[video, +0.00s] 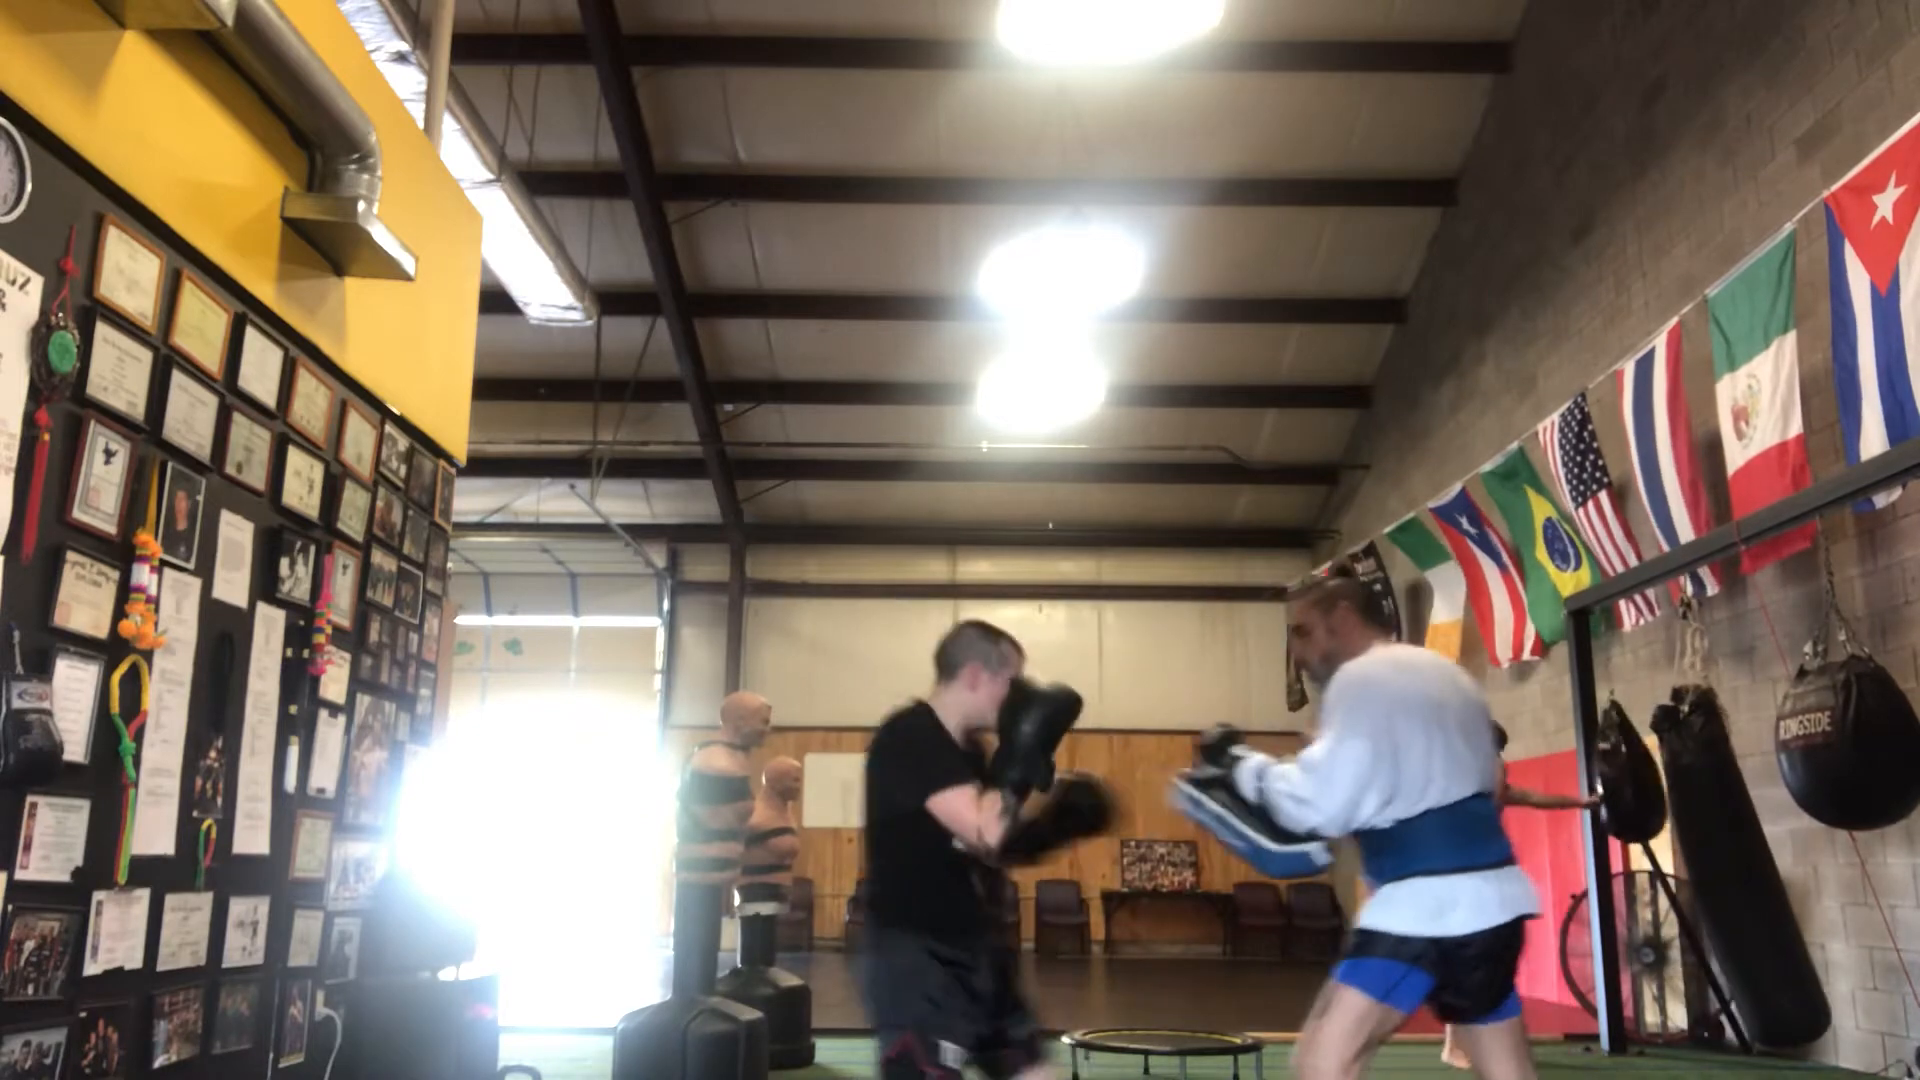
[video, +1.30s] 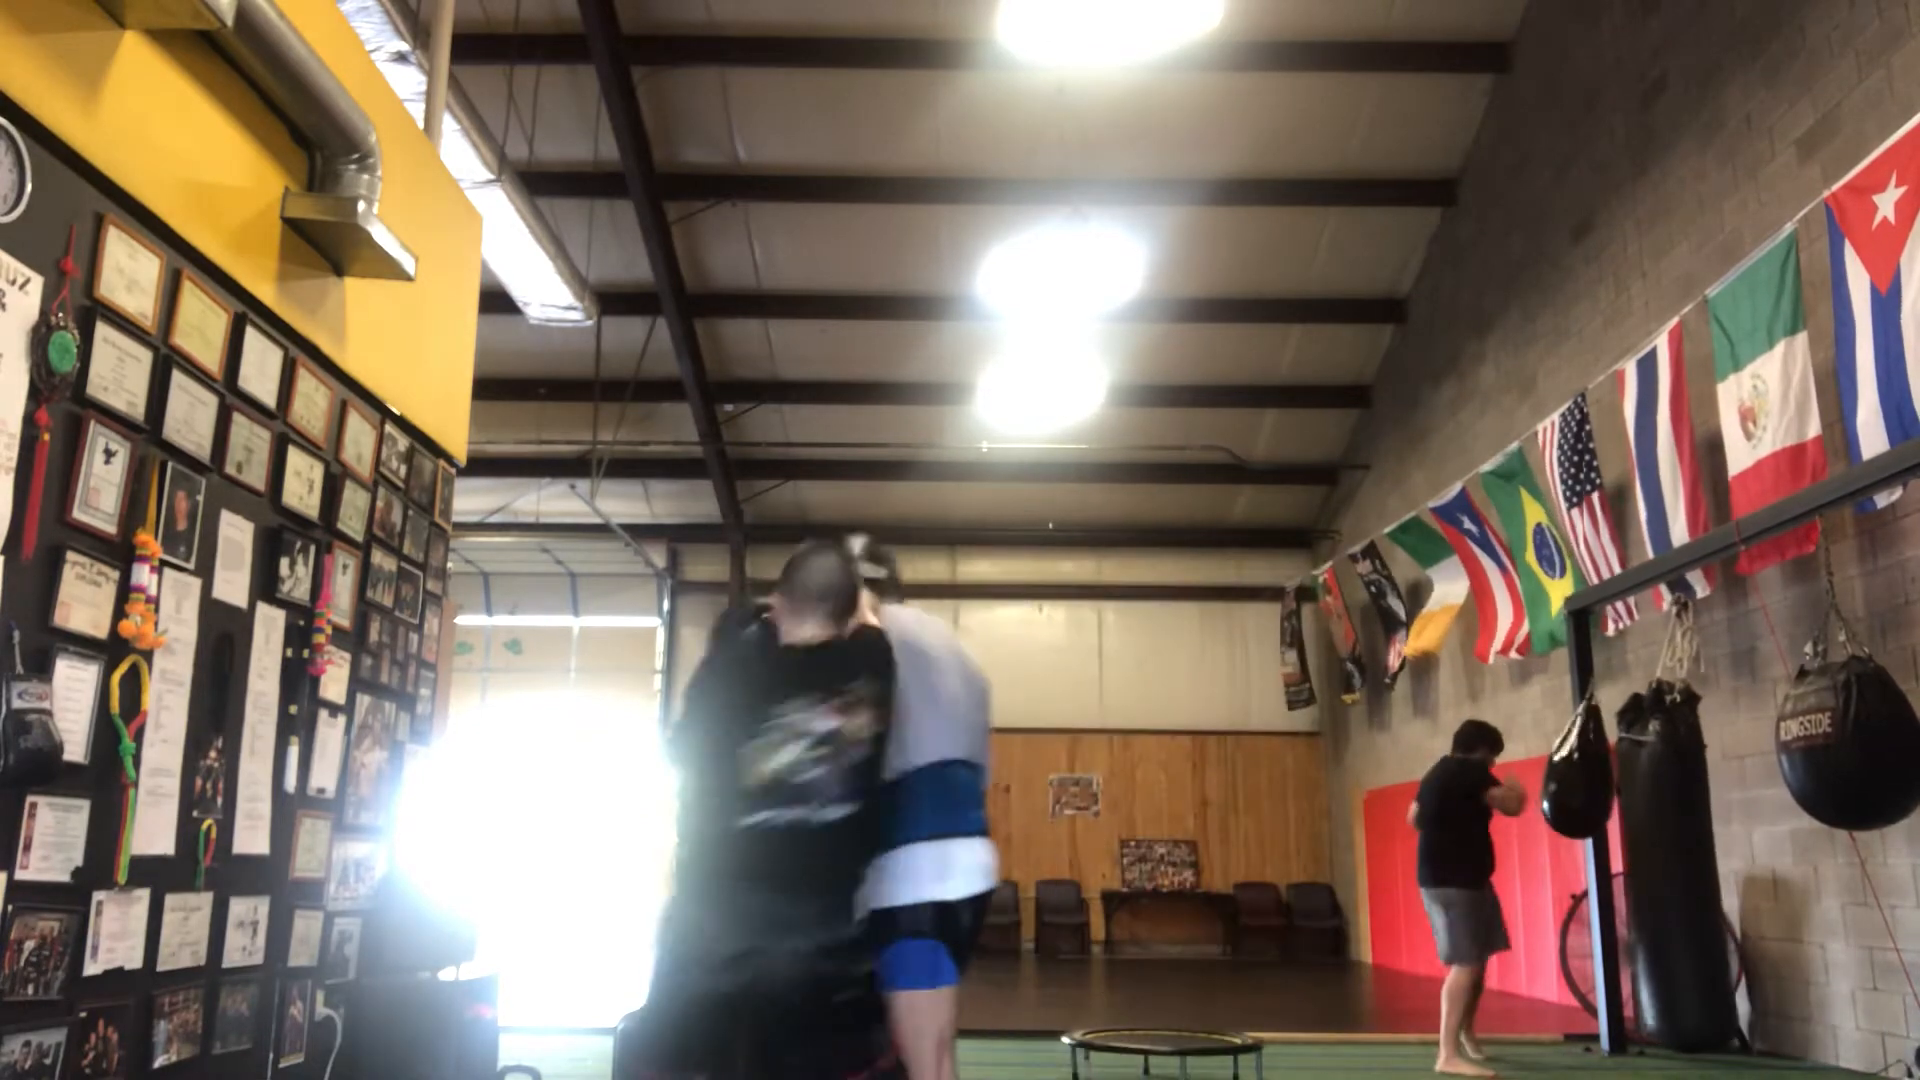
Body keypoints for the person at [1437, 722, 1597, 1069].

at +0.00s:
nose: (1501, 761)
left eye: (1501, 751)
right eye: (1495, 751)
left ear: (1498, 753)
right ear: (1476, 755)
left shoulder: (1492, 788)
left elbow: (1535, 799)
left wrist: (1582, 801)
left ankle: (1459, 1044)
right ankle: (1454, 1044)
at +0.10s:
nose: (1497, 757)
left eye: (1498, 750)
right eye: (1495, 749)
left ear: (1472, 744)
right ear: (1481, 746)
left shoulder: (1479, 779)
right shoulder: (1460, 775)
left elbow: (1527, 800)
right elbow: (1485, 819)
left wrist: (1574, 802)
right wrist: (1503, 785)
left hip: (1484, 871)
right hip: (1470, 873)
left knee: (1494, 937)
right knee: (1488, 939)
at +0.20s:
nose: (1497, 758)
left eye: (1498, 751)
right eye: (1495, 749)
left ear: (1470, 744)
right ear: (1479, 745)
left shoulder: (1466, 774)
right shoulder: (1457, 772)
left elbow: (1501, 814)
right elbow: (1481, 820)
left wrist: (1539, 802)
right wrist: (1507, 795)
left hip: (1477, 878)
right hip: (1466, 880)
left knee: (1478, 954)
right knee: (1479, 953)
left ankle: (1475, 1039)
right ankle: (1460, 1043)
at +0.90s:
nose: (1493, 764)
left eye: (1494, 757)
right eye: (1492, 757)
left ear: (1458, 749)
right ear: (1479, 753)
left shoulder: (1433, 776)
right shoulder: (1473, 777)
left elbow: (1455, 809)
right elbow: (1493, 815)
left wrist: (1491, 789)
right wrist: (1518, 833)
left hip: (1439, 882)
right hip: (1470, 879)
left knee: (1465, 959)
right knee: (1495, 953)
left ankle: (1456, 1038)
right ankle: (1462, 1040)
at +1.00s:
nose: (1492, 764)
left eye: (1493, 759)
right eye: (1492, 759)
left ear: (1455, 751)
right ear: (1483, 755)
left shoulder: (1427, 777)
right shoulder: (1489, 776)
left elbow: (1431, 825)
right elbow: (1519, 813)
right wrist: (1556, 831)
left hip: (1433, 879)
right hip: (1470, 877)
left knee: (1459, 957)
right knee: (1477, 958)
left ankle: (1456, 1040)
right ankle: (1452, 1049)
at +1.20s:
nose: (1492, 761)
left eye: (1493, 756)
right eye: (1492, 756)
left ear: (1457, 746)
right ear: (1483, 752)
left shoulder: (1426, 776)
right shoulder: (1485, 773)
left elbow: (1408, 824)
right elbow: (1532, 805)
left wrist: (1443, 815)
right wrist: (1561, 796)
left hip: (1437, 881)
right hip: (1463, 883)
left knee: (1467, 960)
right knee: (1470, 962)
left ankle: (1461, 1040)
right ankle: (1448, 1055)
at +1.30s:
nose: (1492, 761)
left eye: (1494, 757)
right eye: (1492, 756)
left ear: (1459, 746)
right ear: (1482, 750)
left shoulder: (1438, 773)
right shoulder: (1472, 773)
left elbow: (1414, 816)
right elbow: (1512, 804)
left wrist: (1450, 811)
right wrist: (1512, 785)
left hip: (1444, 881)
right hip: (1457, 882)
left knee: (1476, 960)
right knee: (1465, 964)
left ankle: (1463, 1034)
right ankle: (1447, 1055)